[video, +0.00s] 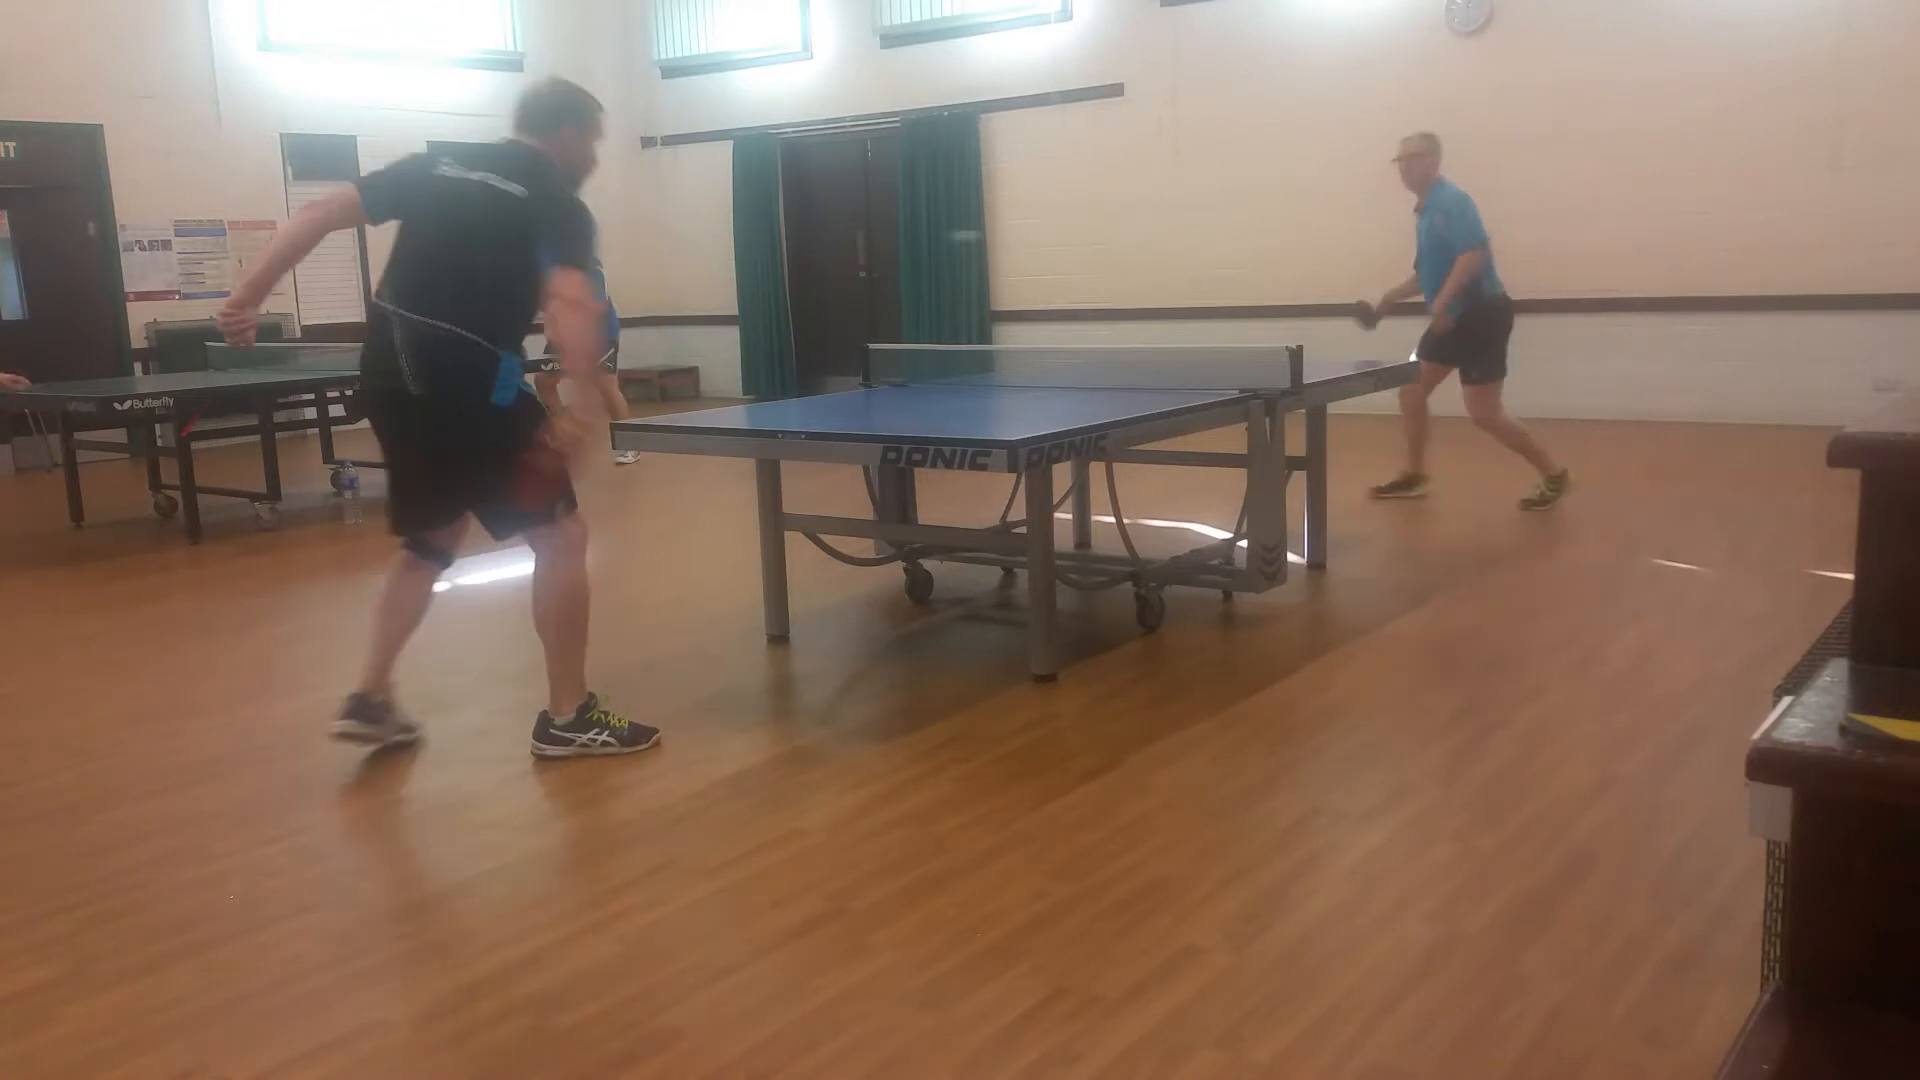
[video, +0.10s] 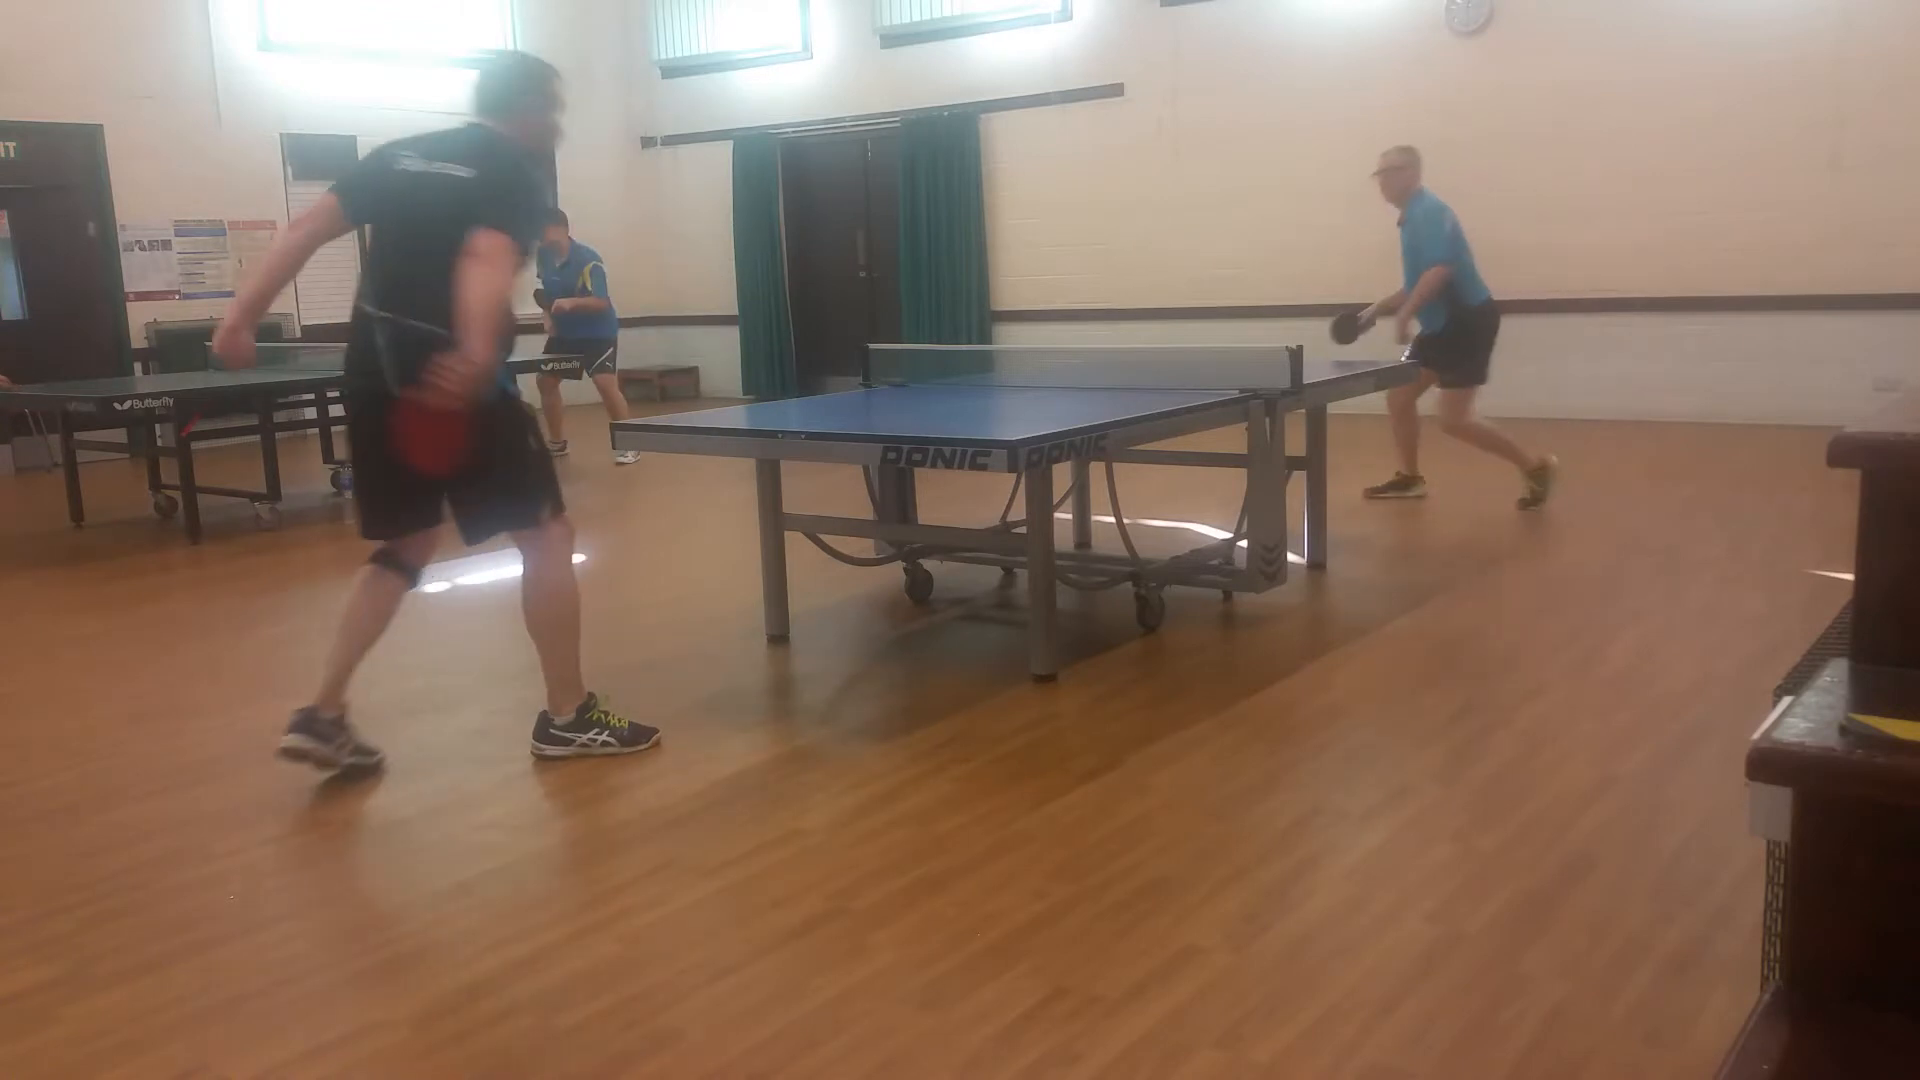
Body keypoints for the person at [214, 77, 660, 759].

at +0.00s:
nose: (595, 159)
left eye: (597, 146)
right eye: (593, 144)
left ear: (523, 128)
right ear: (568, 137)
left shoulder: (442, 162)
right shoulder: (560, 204)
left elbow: (322, 210)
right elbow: (567, 299)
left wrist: (248, 293)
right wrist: (583, 399)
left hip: (390, 382)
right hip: (475, 386)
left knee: (432, 537)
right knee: (561, 535)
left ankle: (371, 696)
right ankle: (569, 712)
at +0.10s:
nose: (558, 131)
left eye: (558, 115)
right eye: (554, 115)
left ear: (483, 105)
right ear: (530, 112)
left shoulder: (401, 155)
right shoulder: (515, 170)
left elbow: (306, 225)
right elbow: (485, 257)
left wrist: (240, 314)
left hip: (372, 384)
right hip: (461, 383)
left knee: (408, 541)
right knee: (547, 535)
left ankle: (324, 712)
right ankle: (569, 712)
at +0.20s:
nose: (508, 112)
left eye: (506, 97)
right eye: (502, 97)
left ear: (431, 94)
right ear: (478, 97)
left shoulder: (359, 162)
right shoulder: (462, 161)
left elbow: (287, 262)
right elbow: (418, 243)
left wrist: (249, 361)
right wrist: (392, 331)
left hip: (358, 394)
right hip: (442, 395)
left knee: (370, 563)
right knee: (528, 544)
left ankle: (297, 741)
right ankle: (566, 712)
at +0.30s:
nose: (455, 107)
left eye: (451, 94)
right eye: (448, 94)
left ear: (374, 97)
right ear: (424, 97)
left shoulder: (315, 175)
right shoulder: (408, 163)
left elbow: (275, 291)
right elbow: (366, 259)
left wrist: (271, 400)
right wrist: (347, 361)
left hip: (332, 401)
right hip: (405, 402)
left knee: (342, 568)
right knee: (500, 544)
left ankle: (291, 758)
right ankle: (559, 713)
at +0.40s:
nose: (413, 88)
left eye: (407, 72)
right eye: (402, 72)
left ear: (335, 80)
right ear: (372, 79)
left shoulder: (287, 151)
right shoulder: (363, 154)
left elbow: (282, 282)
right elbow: (349, 281)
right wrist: (360, 405)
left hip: (298, 388)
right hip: (371, 388)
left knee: (322, 573)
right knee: (473, 546)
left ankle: (289, 760)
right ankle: (541, 714)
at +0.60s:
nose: (352, 66)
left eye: (345, 50)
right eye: (339, 50)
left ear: (269, 61)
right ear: (306, 58)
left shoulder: (233, 144)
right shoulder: (319, 146)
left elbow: (289, 273)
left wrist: (395, 268)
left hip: (271, 394)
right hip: (346, 394)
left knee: (302, 567)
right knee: (435, 546)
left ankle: (285, 763)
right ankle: (434, 759)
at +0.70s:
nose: (340, 64)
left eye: (334, 48)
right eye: (328, 48)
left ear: (253, 60)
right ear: (300, 56)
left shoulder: (221, 144)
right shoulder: (316, 145)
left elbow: (308, 241)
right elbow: (395, 263)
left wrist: (370, 171)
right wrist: (496, 305)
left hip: (271, 396)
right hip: (346, 397)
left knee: (303, 568)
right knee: (396, 566)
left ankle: (288, 764)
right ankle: (380, 783)